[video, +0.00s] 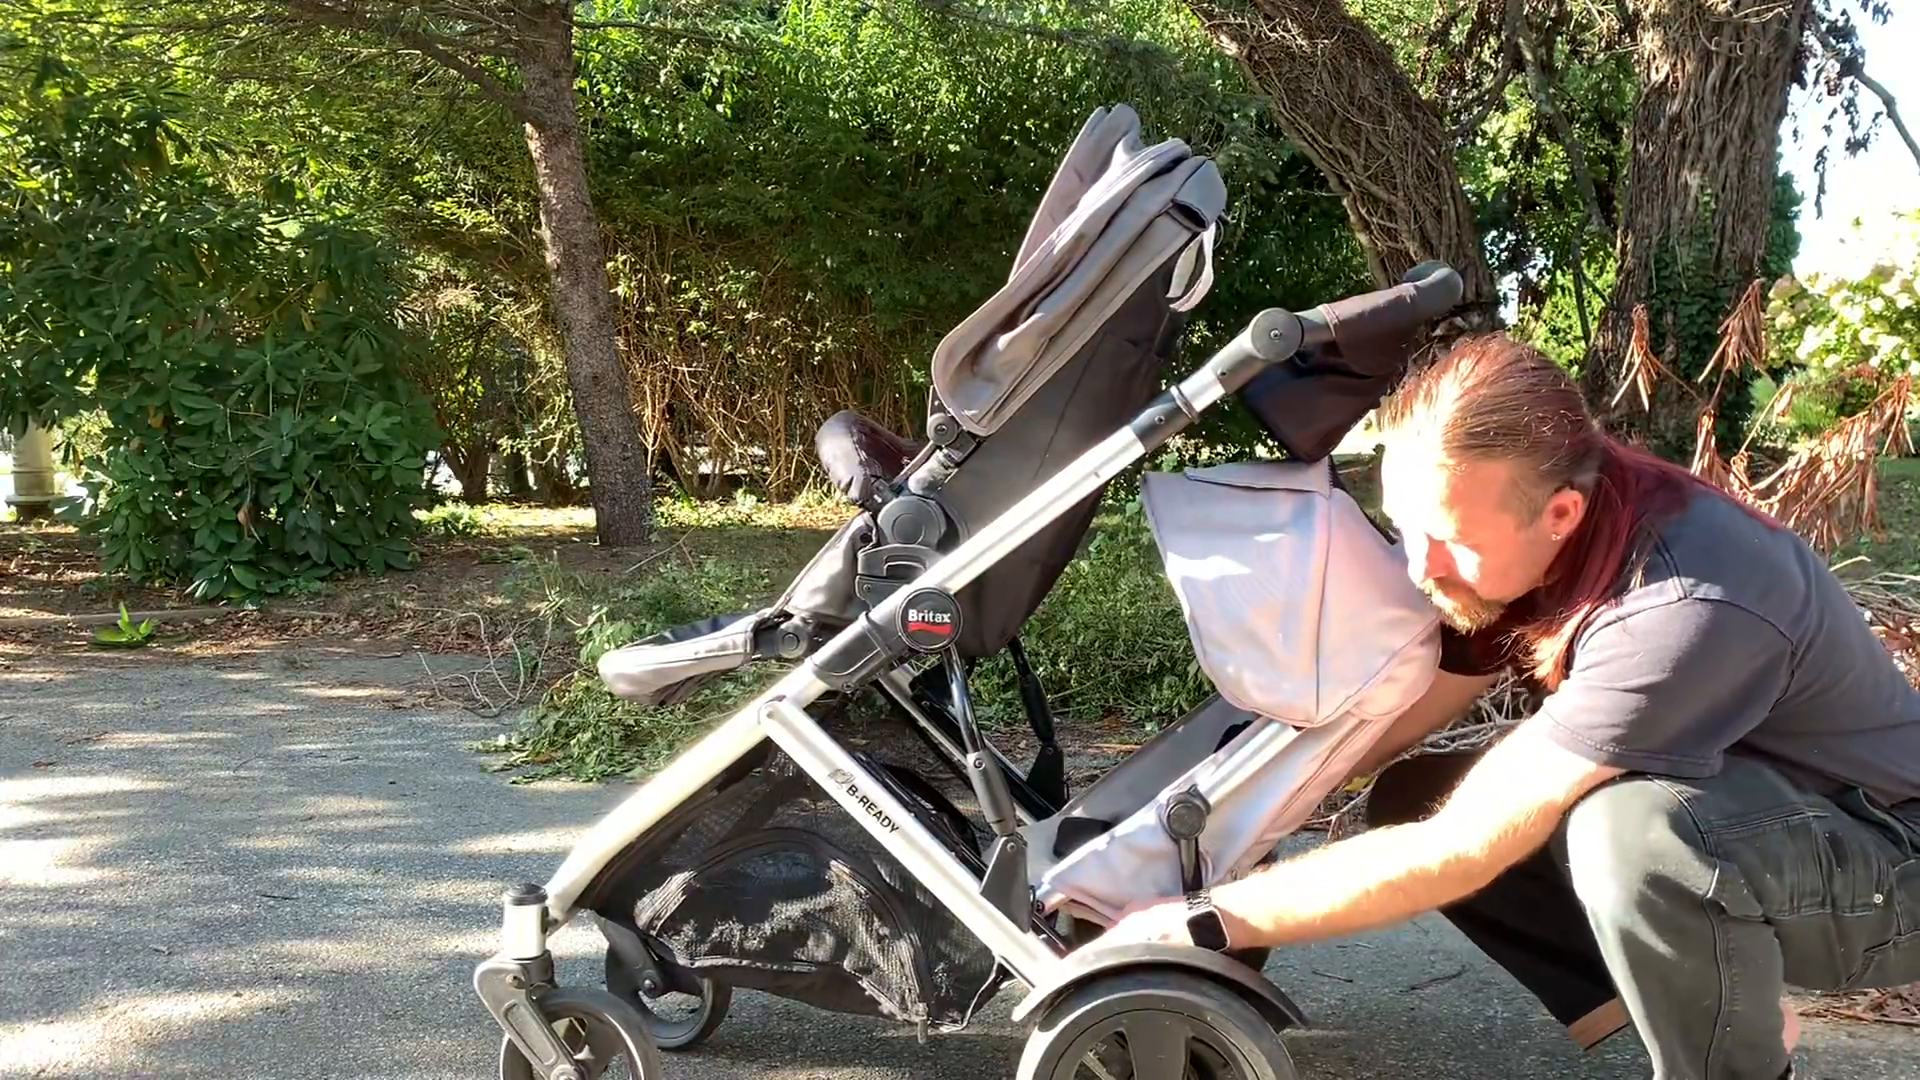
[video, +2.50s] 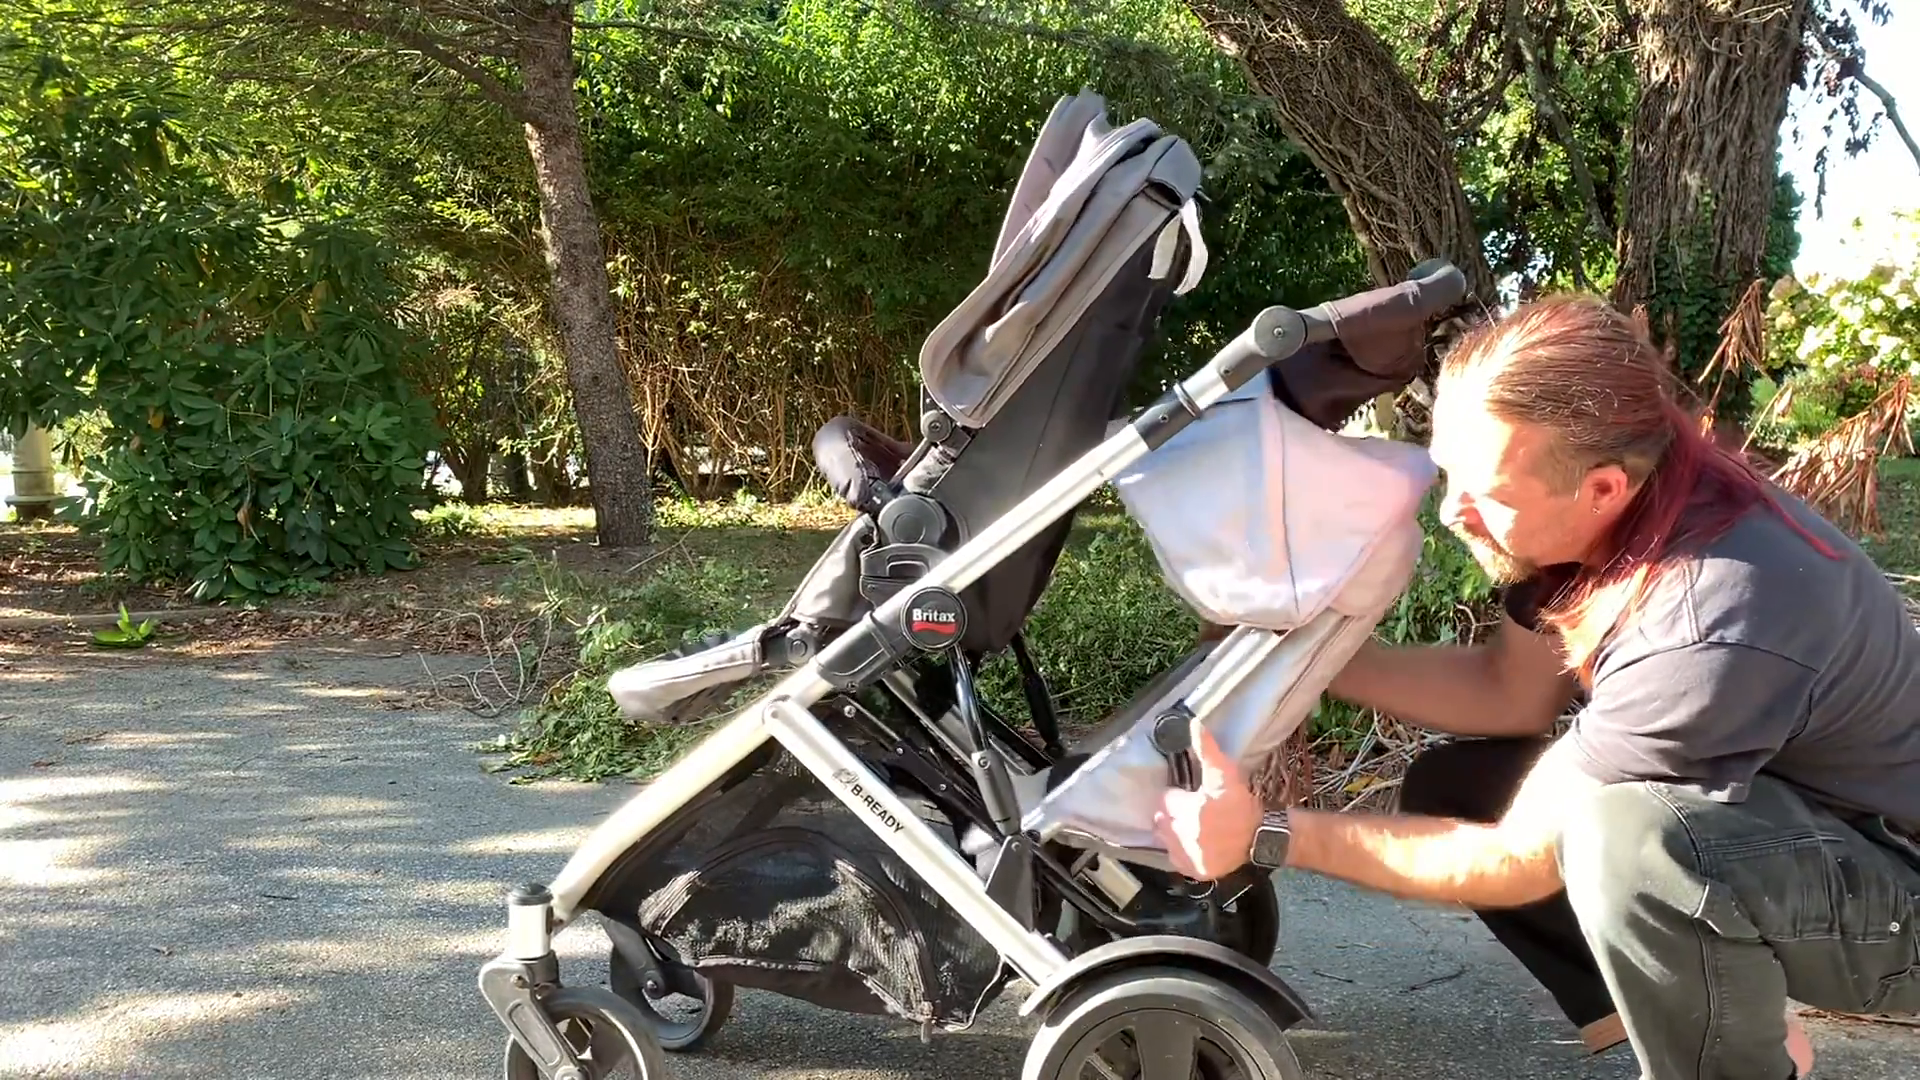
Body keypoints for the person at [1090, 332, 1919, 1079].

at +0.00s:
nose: (1422, 564)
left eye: (1453, 537)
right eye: (1409, 532)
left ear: (1563, 518)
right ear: (1397, 492)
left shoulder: (1687, 608)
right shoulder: (1533, 539)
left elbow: (1462, 852)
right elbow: (1373, 722)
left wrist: (1200, 924)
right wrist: (1181, 842)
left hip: (1881, 843)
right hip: (1718, 781)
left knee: (1631, 833)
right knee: (1413, 798)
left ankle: (1728, 1062)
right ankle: (1646, 1021)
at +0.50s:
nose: (1427, 556)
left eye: (1457, 531)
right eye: (1413, 525)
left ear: (1565, 511)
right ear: (1401, 482)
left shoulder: (1694, 599)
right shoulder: (1536, 542)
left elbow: (1475, 855)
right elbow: (1368, 703)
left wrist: (1216, 923)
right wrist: (1185, 829)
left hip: (1880, 846)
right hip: (1710, 797)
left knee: (1648, 825)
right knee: (1405, 820)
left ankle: (1727, 1060)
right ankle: (1646, 1017)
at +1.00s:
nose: (1435, 519)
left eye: (1465, 493)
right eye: (1425, 484)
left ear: (1576, 478)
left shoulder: (1704, 584)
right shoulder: (1547, 526)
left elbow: (1546, 867)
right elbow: (1417, 680)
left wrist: (1289, 919)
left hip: (1881, 845)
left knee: (1666, 827)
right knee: (1392, 833)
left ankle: (1722, 1060)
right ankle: (1649, 1038)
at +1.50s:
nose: (1482, 496)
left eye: (1517, 475)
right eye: (1477, 460)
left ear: (1631, 470)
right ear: (1473, 427)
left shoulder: (1747, 607)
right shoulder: (1556, 508)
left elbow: (1572, 843)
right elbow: (1450, 677)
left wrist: (1321, 842)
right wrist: (1260, 704)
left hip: (1878, 862)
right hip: (1688, 799)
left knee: (1659, 827)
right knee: (1387, 831)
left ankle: (1717, 1066)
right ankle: (1654, 1029)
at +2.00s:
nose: (1488, 505)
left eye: (1521, 485)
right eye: (1485, 471)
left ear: (1639, 483)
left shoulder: (1751, 627)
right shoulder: (1615, 515)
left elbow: (1560, 849)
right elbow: (1522, 664)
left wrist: (1322, 824)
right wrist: (1312, 624)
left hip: (1894, 874)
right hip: (1748, 804)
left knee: (1650, 836)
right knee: (1409, 808)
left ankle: (1725, 1070)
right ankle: (1667, 1025)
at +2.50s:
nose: (1461, 516)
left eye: (1490, 498)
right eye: (1459, 484)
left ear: (1605, 494)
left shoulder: (1722, 622)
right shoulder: (1585, 523)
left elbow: (1514, 864)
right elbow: (1512, 691)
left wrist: (1271, 833)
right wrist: (1313, 654)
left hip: (1896, 874)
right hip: (1792, 806)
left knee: (1635, 838)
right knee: (1454, 783)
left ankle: (1747, 1059)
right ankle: (1677, 1033)